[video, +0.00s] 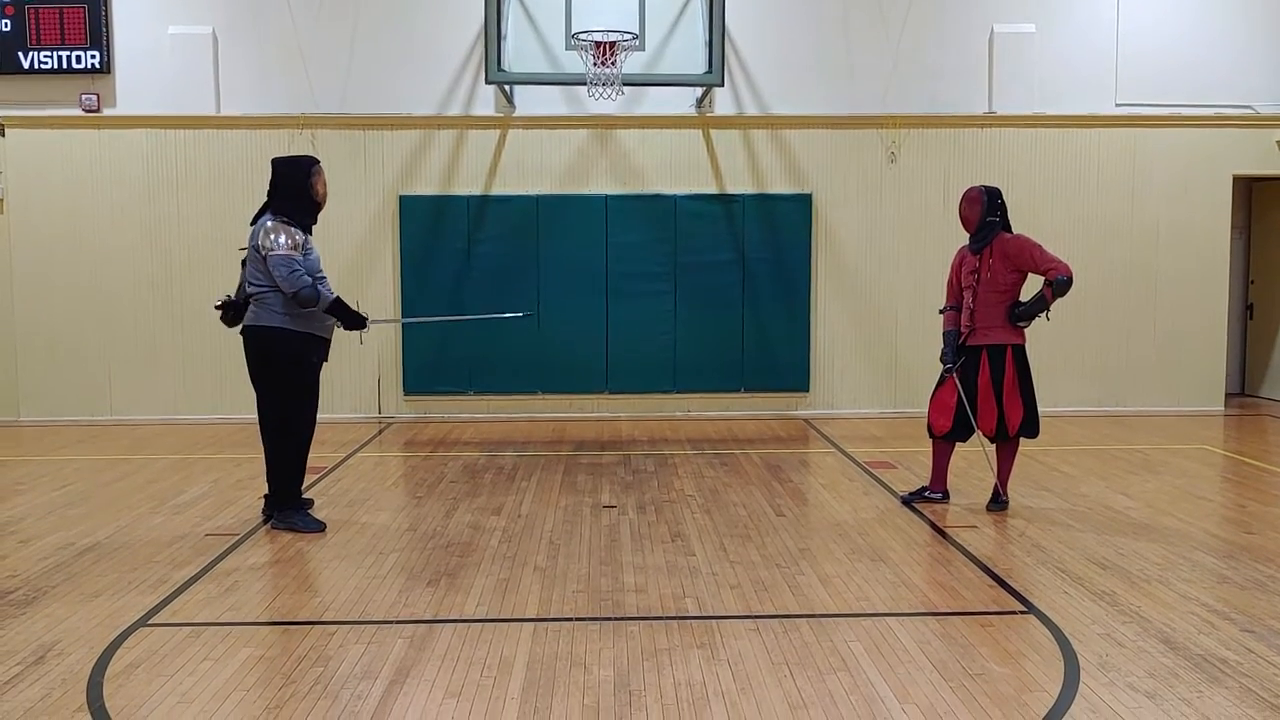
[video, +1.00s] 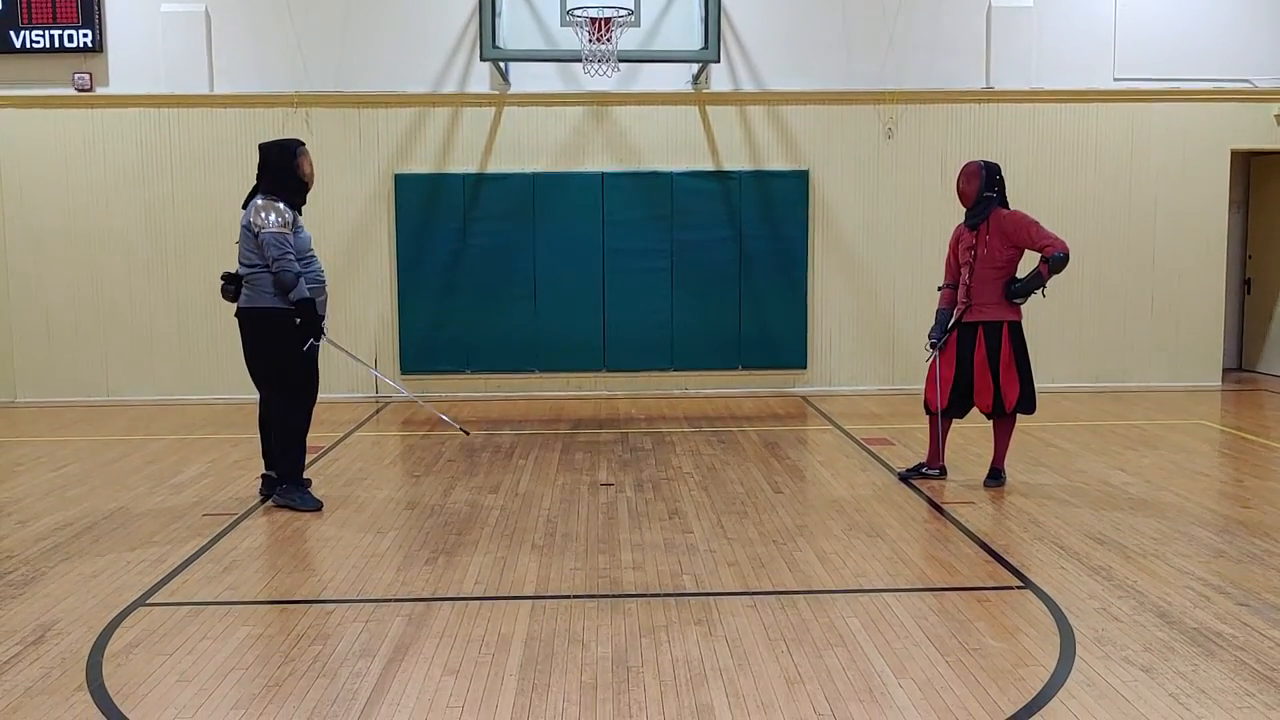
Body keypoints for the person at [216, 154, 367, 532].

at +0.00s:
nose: (325, 191)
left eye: (324, 182)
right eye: (320, 183)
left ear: (295, 187)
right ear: (301, 186)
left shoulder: (286, 227)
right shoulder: (278, 229)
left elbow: (254, 276)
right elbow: (296, 283)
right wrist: (340, 309)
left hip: (291, 337)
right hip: (277, 337)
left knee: (293, 419)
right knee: (288, 420)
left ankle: (283, 498)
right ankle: (283, 507)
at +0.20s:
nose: (320, 183)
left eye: (319, 175)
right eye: (315, 175)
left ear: (290, 179)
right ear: (297, 178)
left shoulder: (285, 220)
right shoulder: (275, 220)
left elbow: (297, 277)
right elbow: (295, 277)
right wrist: (338, 300)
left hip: (289, 332)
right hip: (276, 332)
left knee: (294, 413)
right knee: (286, 414)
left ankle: (284, 492)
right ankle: (282, 502)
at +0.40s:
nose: (315, 179)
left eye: (314, 171)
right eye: (310, 171)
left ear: (284, 175)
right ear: (292, 174)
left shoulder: (278, 216)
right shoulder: (273, 217)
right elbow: (294, 273)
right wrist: (337, 294)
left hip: (285, 325)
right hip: (277, 326)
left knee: (289, 408)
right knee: (287, 409)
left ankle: (280, 489)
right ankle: (282, 497)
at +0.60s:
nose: (310, 174)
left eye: (308, 167)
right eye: (305, 167)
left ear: (280, 171)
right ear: (287, 170)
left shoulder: (275, 212)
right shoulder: (272, 213)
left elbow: (286, 270)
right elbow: (298, 269)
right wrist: (336, 302)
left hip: (285, 321)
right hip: (277, 322)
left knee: (287, 404)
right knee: (285, 405)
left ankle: (282, 483)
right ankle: (282, 492)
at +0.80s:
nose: (310, 170)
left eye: (308, 162)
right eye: (304, 162)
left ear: (278, 170)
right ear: (286, 168)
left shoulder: (280, 209)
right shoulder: (269, 211)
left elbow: (308, 262)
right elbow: (292, 267)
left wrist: (319, 299)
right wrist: (321, 308)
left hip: (285, 317)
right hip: (274, 319)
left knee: (287, 400)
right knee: (285, 402)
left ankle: (281, 480)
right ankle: (283, 488)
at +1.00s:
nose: (312, 170)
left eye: (310, 163)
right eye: (307, 163)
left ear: (282, 167)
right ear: (287, 166)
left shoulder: (272, 205)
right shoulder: (270, 207)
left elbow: (267, 263)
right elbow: (283, 263)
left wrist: (244, 281)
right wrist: (306, 309)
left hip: (273, 313)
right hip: (274, 315)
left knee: (279, 394)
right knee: (294, 394)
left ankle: (277, 477)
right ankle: (285, 482)